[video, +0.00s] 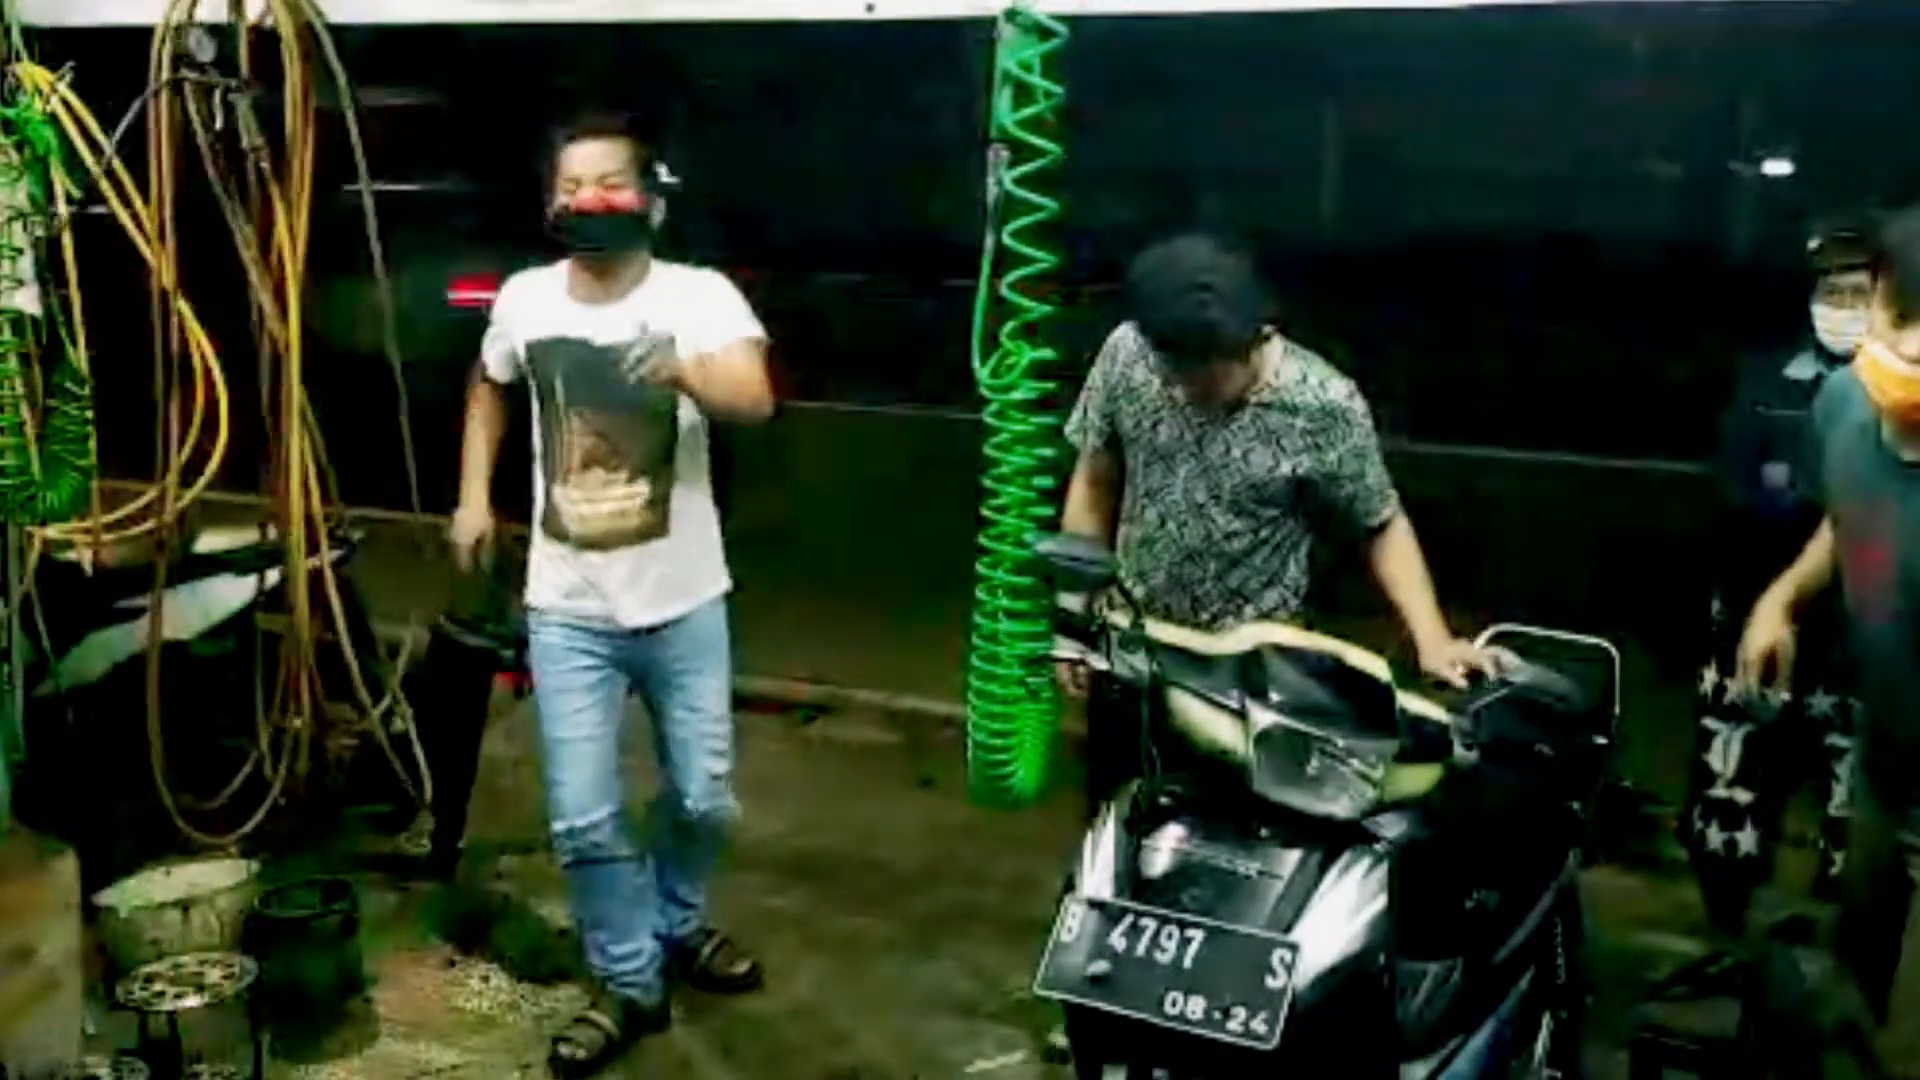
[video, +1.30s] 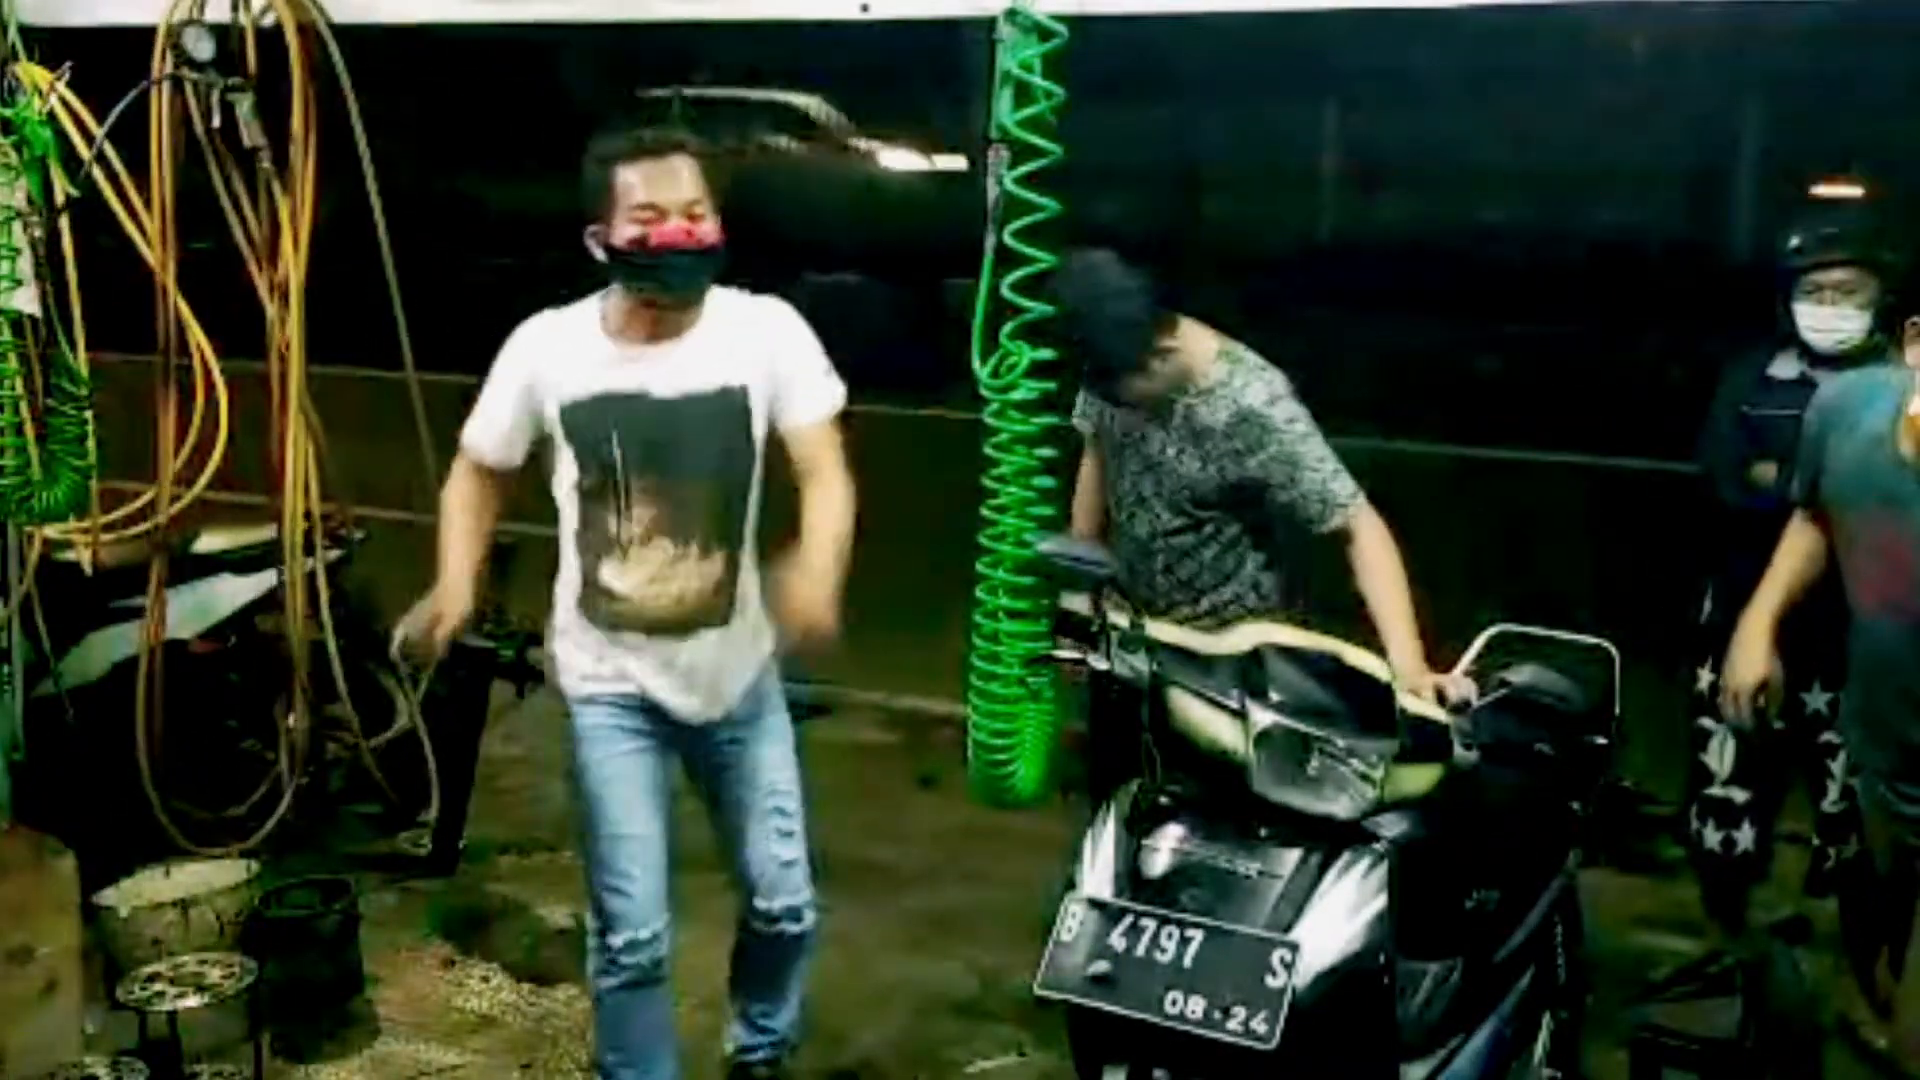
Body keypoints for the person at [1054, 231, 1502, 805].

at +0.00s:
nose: (1194, 385)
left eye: (1211, 368)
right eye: (1179, 368)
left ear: (1253, 341)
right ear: (1156, 346)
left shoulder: (1325, 406)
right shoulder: (1129, 357)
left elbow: (1383, 525)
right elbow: (1094, 482)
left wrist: (1435, 644)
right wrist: (1073, 614)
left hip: (1249, 669)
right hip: (1132, 653)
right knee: (1113, 858)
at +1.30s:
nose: (1122, 400)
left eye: (1128, 386)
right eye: (1111, 387)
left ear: (1160, 345)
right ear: (1091, 366)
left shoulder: (1252, 403)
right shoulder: (1111, 366)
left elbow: (1362, 526)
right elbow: (1096, 456)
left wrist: (1411, 671)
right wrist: (1077, 574)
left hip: (1234, 659)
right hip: (1131, 636)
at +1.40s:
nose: (1085, 379)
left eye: (1083, 366)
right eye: (1074, 368)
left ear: (1114, 335)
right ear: (1111, 327)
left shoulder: (1231, 394)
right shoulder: (1114, 362)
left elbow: (1336, 515)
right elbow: (1101, 453)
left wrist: (1395, 661)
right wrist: (1084, 568)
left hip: (1225, 657)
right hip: (1129, 633)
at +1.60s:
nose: (1053, 348)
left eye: (1051, 335)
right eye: (1045, 339)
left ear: (1080, 305)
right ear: (1081, 304)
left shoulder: (1188, 371)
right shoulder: (1089, 347)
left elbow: (1247, 507)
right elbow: (1089, 471)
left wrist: (1277, 647)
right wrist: (1085, 566)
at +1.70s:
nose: (1030, 341)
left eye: (1027, 324)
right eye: (1021, 328)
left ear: (1054, 296)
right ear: (1054, 293)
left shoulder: (1158, 366)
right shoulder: (1092, 353)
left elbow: (1203, 518)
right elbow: (1099, 510)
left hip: (1159, 634)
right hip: (1106, 627)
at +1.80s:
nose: (1014, 338)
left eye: (1008, 322)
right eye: (1002, 326)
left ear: (1032, 293)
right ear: (1038, 287)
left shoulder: (1126, 360)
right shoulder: (1092, 353)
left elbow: (1152, 512)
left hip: (1153, 638)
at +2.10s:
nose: (994, 314)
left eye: (988, 297)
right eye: (987, 300)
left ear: (1005, 283)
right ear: (1056, 262)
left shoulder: (1062, 351)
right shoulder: (1137, 334)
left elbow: (1052, 508)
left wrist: (978, 607)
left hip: (1081, 616)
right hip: (1149, 599)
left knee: (1028, 802)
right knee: (1111, 788)